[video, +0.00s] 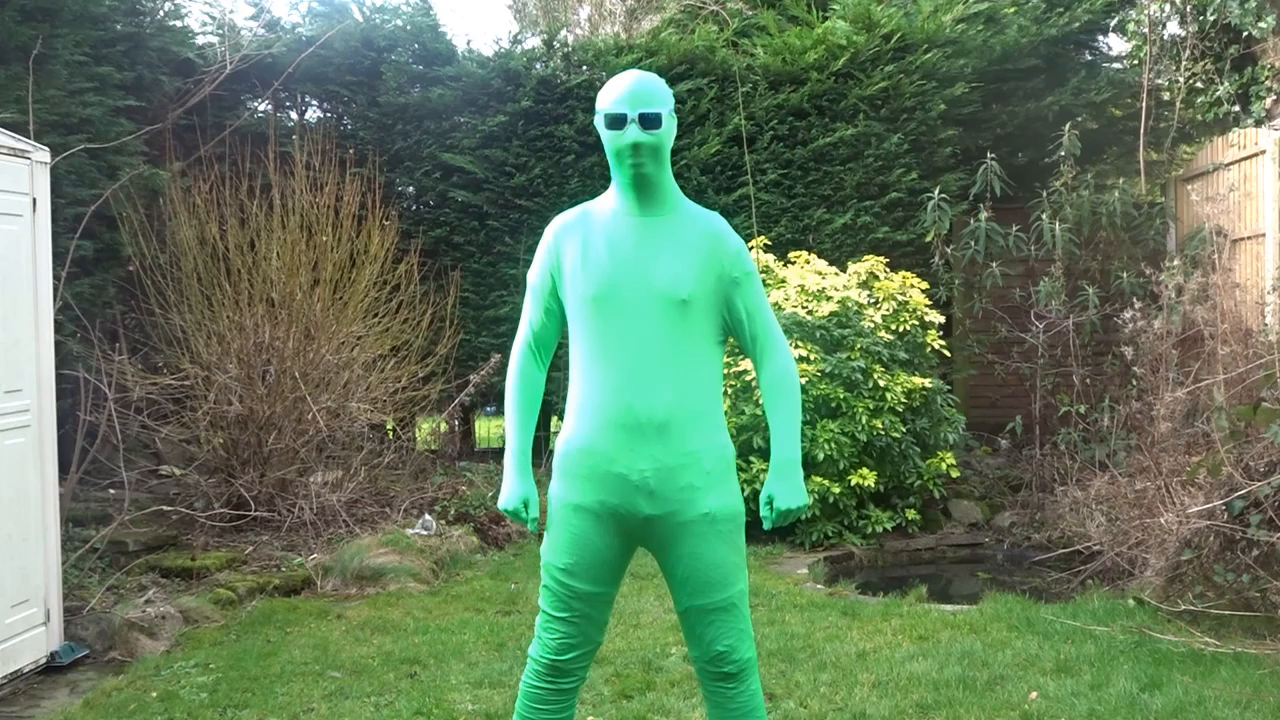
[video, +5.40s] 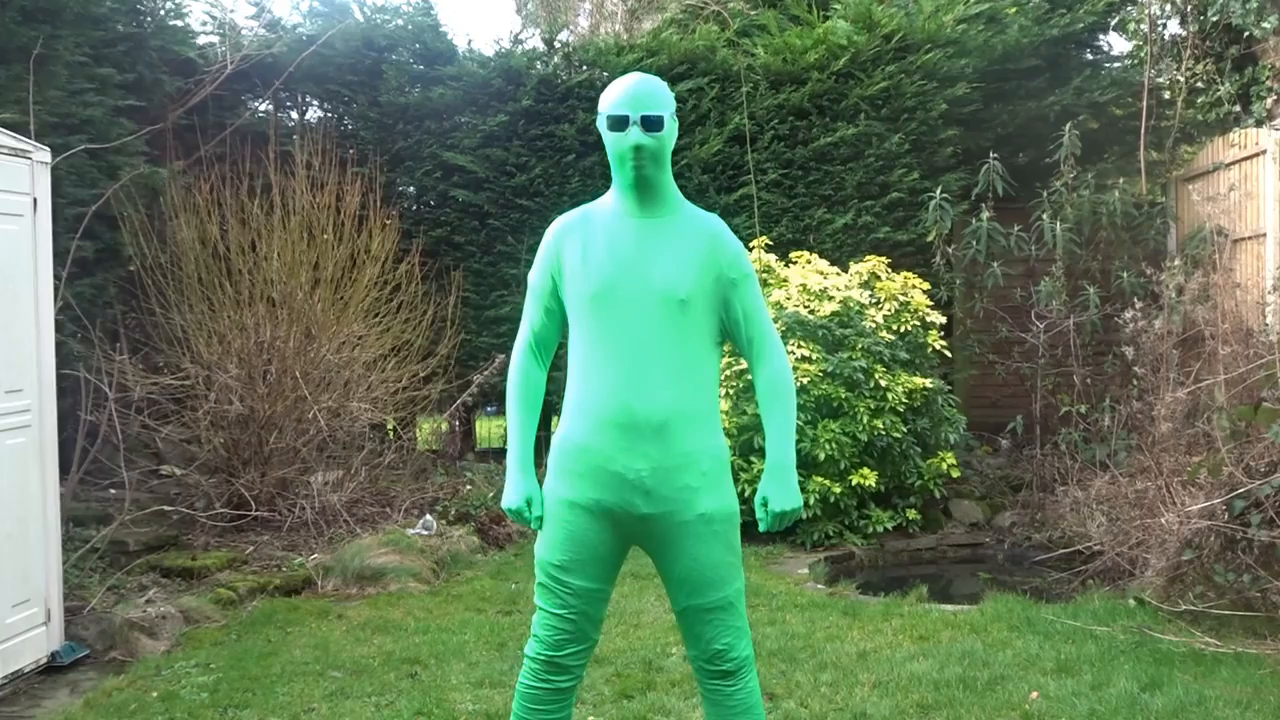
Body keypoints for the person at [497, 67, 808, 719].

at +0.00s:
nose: (634, 135)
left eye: (649, 120)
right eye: (618, 122)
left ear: (673, 128)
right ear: (600, 134)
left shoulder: (714, 237)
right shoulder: (566, 236)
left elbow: (771, 351)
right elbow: (531, 351)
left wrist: (786, 463)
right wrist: (515, 466)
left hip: (699, 486)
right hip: (588, 485)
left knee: (729, 669)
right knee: (553, 668)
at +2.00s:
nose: (636, 136)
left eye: (651, 122)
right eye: (620, 123)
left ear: (673, 129)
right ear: (601, 135)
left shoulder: (713, 237)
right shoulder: (566, 236)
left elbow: (769, 351)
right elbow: (531, 352)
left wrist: (784, 464)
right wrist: (517, 466)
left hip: (698, 486)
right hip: (588, 484)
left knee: (729, 667)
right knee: (554, 665)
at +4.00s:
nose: (637, 137)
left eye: (652, 123)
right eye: (621, 124)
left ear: (673, 133)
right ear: (602, 136)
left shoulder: (712, 239)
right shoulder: (566, 236)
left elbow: (766, 353)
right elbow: (530, 352)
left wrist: (781, 465)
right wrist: (518, 466)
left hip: (695, 488)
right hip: (583, 486)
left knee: (726, 666)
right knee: (552, 663)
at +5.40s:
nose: (637, 136)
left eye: (652, 122)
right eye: (621, 124)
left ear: (673, 133)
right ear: (602, 136)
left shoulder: (712, 238)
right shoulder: (567, 236)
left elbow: (767, 354)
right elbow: (531, 353)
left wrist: (781, 465)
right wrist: (518, 466)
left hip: (694, 487)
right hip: (582, 485)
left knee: (726, 667)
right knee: (551, 664)